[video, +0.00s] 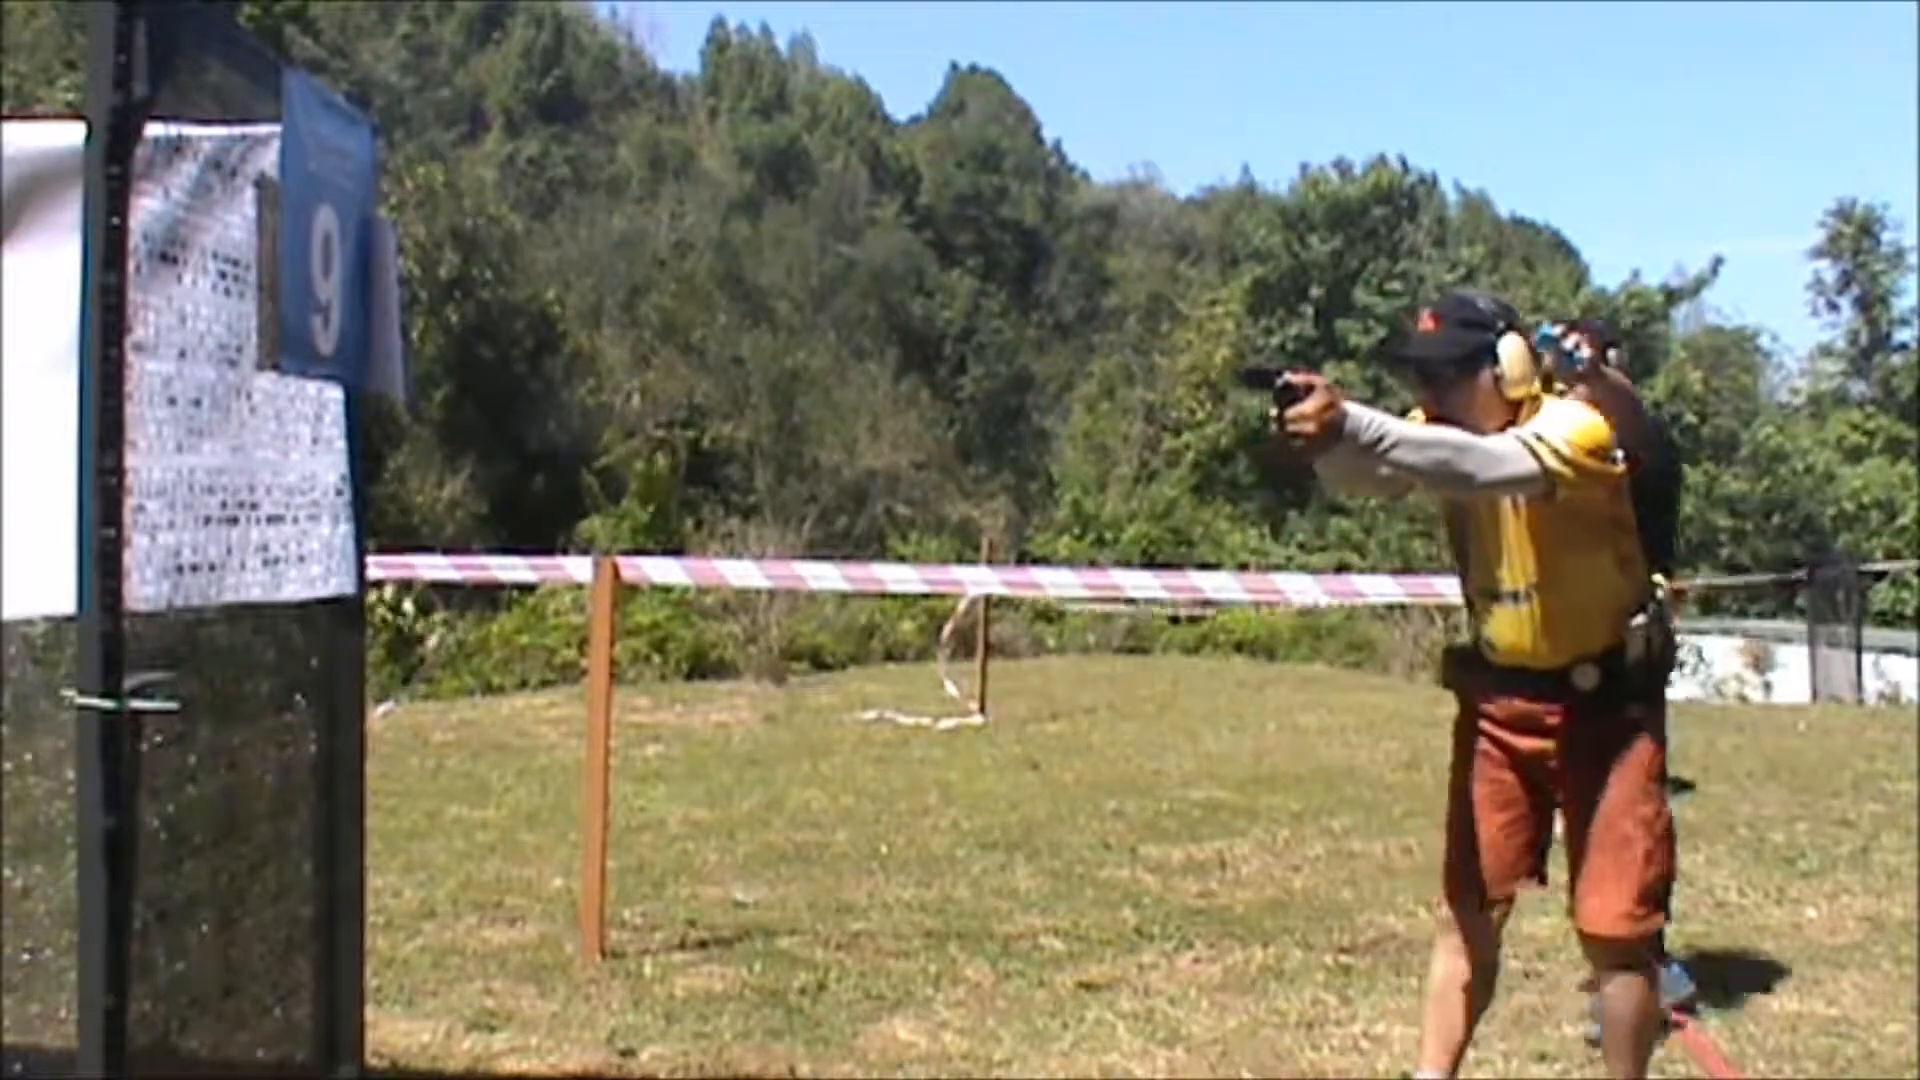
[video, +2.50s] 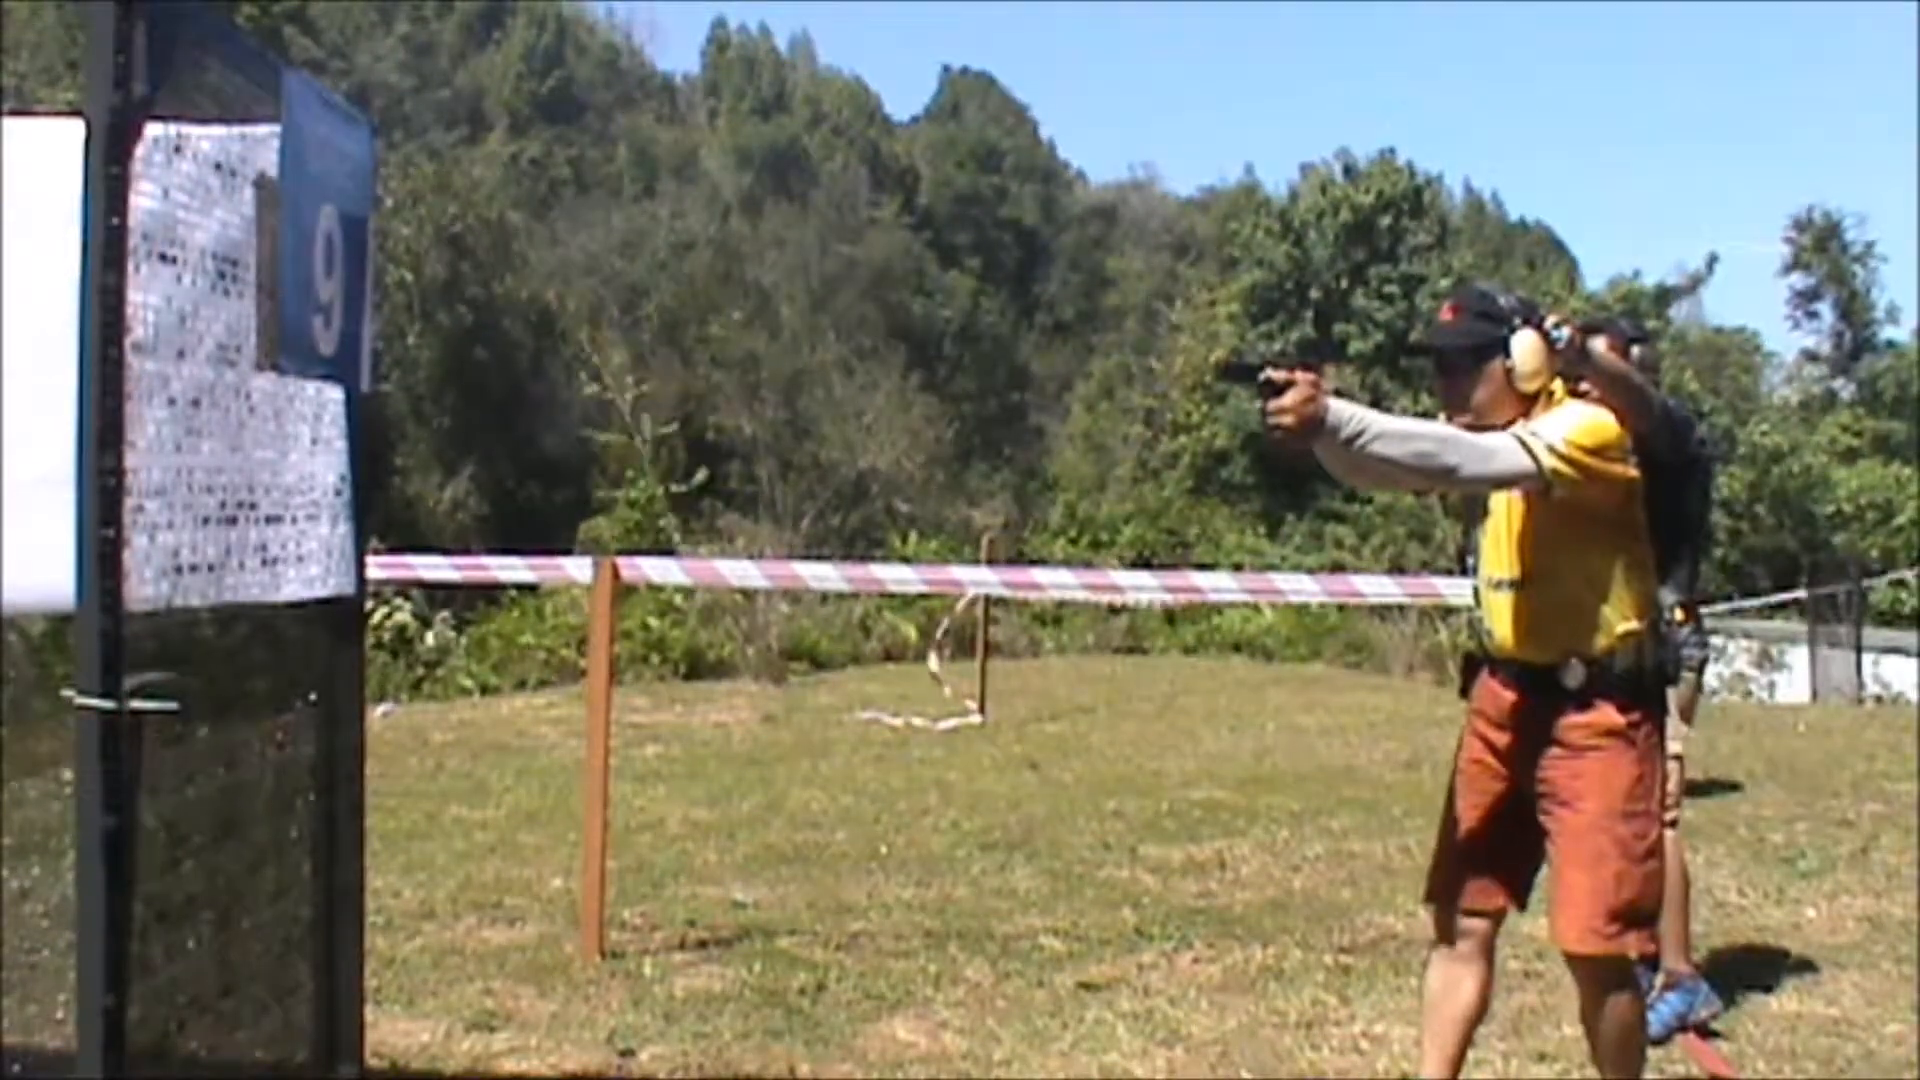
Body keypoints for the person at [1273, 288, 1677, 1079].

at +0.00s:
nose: (1431, 399)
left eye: (1446, 379)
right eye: (1424, 382)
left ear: (1505, 369)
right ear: (1425, 380)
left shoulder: (1580, 427)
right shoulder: (1458, 445)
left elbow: (1483, 464)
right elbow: (1377, 474)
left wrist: (1350, 420)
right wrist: (1323, 437)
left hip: (1609, 707)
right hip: (1500, 704)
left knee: (1618, 930)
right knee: (1471, 907)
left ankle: (1626, 1073)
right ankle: (1433, 1071)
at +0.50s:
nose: (1433, 395)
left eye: (1448, 376)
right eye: (1427, 378)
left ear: (1504, 371)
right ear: (1432, 374)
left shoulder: (1582, 430)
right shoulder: (1453, 446)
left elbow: (1496, 463)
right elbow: (1370, 473)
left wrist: (1355, 412)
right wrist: (1319, 430)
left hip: (1602, 712)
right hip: (1496, 708)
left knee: (1607, 932)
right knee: (1463, 911)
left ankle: (1623, 1073)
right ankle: (1435, 1071)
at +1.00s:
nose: (1433, 391)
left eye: (1447, 371)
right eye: (1427, 372)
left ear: (1501, 365)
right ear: (1431, 370)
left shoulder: (1581, 429)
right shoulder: (1461, 446)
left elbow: (1478, 460)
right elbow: (1376, 470)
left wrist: (1343, 405)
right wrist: (1314, 423)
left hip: (1597, 703)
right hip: (1494, 697)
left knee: (1594, 933)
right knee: (1462, 904)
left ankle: (1622, 1072)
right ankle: (1435, 1070)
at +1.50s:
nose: (1435, 385)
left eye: (1451, 365)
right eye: (1429, 366)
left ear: (1506, 360)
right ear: (1430, 364)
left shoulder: (1580, 424)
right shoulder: (1470, 440)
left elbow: (1473, 455)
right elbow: (1386, 467)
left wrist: (1340, 408)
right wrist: (1316, 424)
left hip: (1597, 706)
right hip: (1495, 699)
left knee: (1594, 938)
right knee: (1461, 906)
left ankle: (1620, 1072)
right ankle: (1434, 1070)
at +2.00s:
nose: (1448, 390)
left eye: (1461, 371)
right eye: (1442, 372)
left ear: (1513, 362)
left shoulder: (1592, 426)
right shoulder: (1491, 439)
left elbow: (1480, 454)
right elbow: (1386, 465)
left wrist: (1343, 405)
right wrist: (1320, 420)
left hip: (1601, 710)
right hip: (1504, 701)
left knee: (1595, 945)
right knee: (1463, 919)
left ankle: (1622, 1073)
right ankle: (1433, 1071)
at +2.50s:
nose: (1448, 392)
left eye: (1462, 372)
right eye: (1441, 373)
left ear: (1514, 362)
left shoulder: (1591, 427)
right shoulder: (1497, 435)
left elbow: (1467, 460)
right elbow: (1402, 470)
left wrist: (1332, 412)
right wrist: (1320, 430)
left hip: (1601, 711)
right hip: (1505, 700)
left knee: (1597, 946)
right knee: (1463, 922)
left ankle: (1623, 1072)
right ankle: (1433, 1072)